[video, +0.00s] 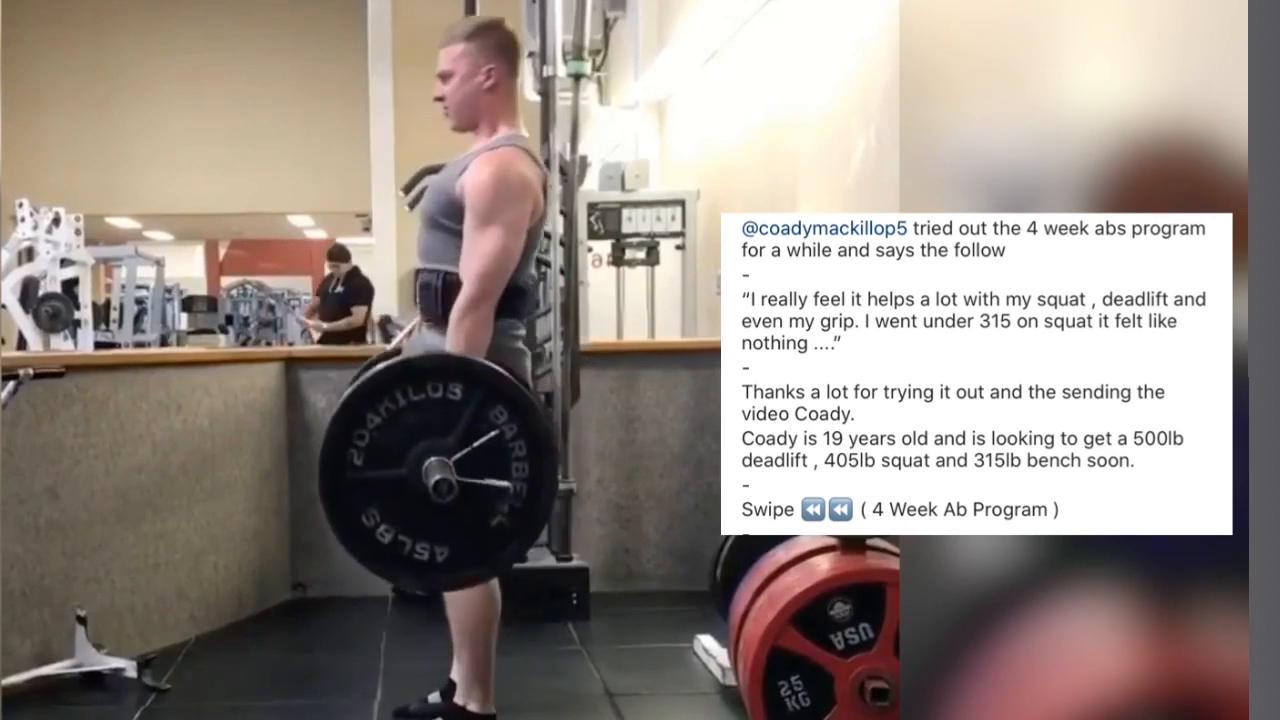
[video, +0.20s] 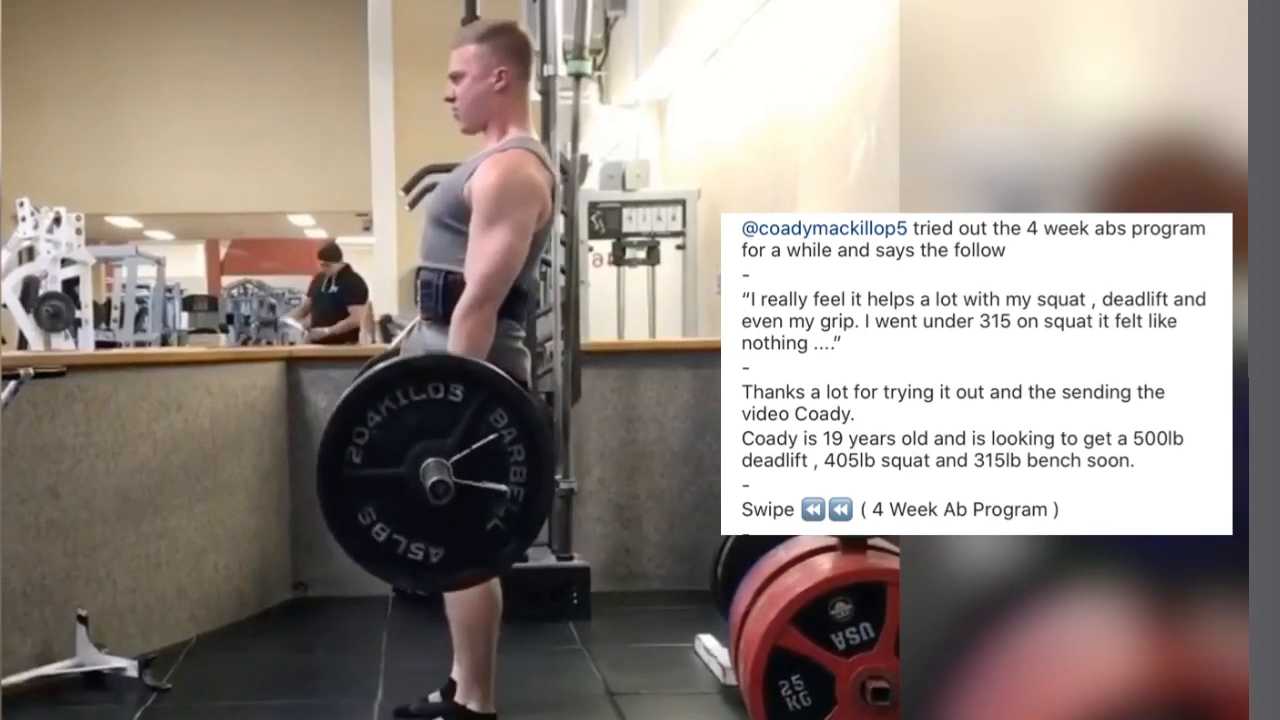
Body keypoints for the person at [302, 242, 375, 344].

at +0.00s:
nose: (332, 270)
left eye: (336, 267)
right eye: (330, 266)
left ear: (346, 263)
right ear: (327, 264)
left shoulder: (360, 283)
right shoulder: (328, 280)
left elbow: (358, 319)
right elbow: (318, 301)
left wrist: (326, 326)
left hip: (352, 343)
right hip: (327, 341)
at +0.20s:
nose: (323, 269)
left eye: (327, 265)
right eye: (322, 265)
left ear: (337, 262)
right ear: (321, 262)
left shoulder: (354, 282)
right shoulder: (320, 279)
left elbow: (357, 319)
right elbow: (306, 306)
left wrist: (327, 331)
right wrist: (289, 320)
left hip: (343, 347)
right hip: (316, 346)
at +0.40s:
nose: (313, 269)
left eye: (316, 265)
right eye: (311, 265)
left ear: (327, 261)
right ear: (309, 262)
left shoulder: (347, 282)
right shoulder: (309, 281)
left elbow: (356, 318)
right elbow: (300, 309)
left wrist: (335, 338)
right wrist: (284, 327)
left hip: (337, 349)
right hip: (309, 347)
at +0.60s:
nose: (304, 265)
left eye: (308, 260)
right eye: (300, 261)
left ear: (317, 260)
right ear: (296, 263)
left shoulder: (335, 282)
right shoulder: (293, 285)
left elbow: (350, 314)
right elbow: (287, 317)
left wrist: (339, 341)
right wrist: (271, 336)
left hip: (327, 350)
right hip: (299, 351)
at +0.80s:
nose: (291, 260)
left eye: (294, 255)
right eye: (286, 256)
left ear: (302, 256)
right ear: (280, 260)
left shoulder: (320, 277)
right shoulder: (276, 286)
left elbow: (338, 308)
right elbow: (270, 318)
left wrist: (342, 339)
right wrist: (258, 342)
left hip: (321, 350)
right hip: (288, 353)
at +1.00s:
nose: (282, 255)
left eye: (286, 250)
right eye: (277, 251)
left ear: (293, 254)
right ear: (269, 258)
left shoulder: (311, 278)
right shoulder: (262, 285)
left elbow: (333, 311)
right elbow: (254, 319)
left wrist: (339, 341)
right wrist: (252, 346)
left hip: (312, 351)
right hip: (278, 353)